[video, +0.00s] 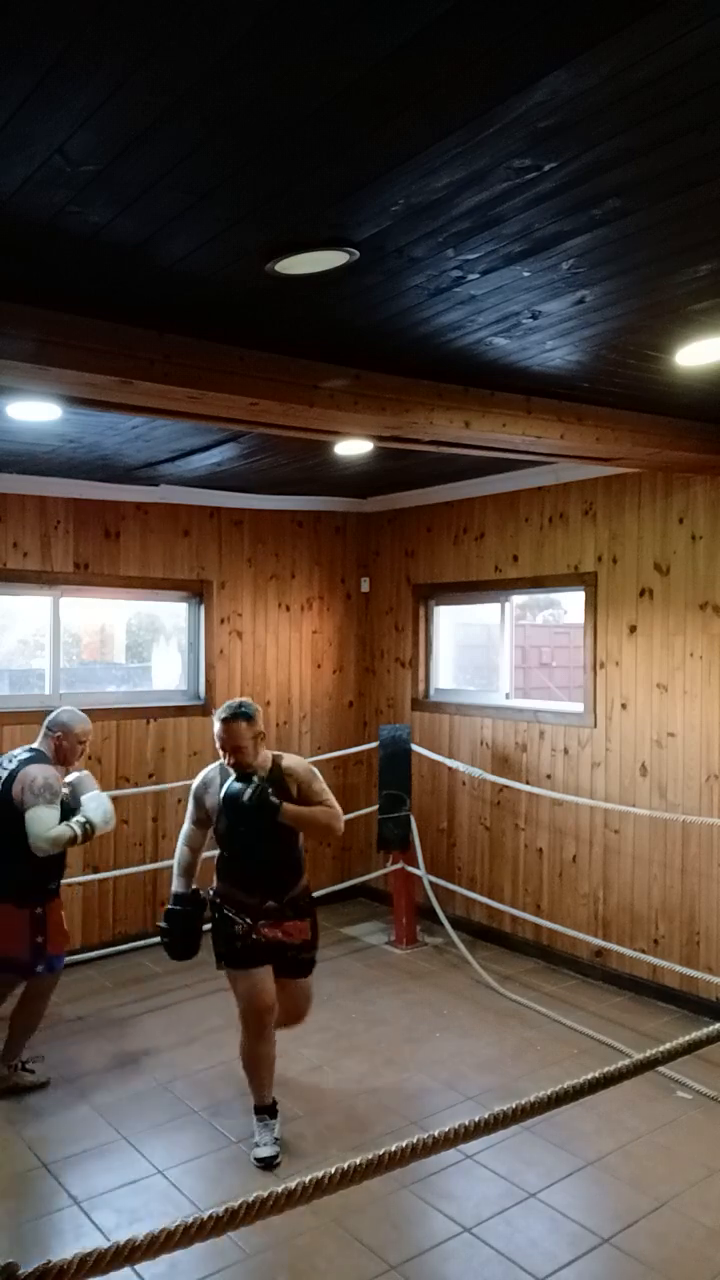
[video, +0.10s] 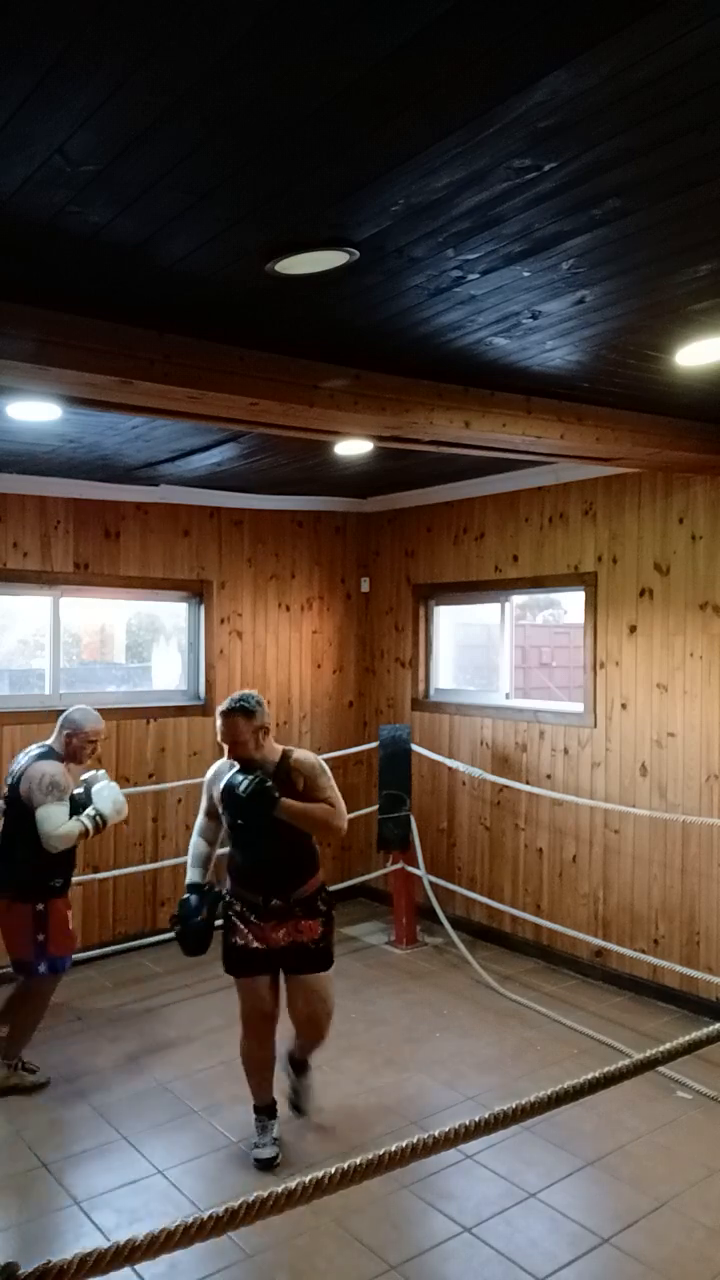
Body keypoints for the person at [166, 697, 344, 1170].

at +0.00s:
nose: (231, 756)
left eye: (238, 747)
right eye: (223, 748)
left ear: (259, 736)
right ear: (216, 743)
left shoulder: (295, 770)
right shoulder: (209, 784)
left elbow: (334, 823)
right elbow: (190, 842)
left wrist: (272, 806)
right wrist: (179, 901)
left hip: (292, 905)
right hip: (237, 910)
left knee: (294, 1010)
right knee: (259, 1012)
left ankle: (253, 1018)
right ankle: (264, 1117)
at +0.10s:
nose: (229, 751)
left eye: (237, 742)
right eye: (224, 742)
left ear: (263, 731)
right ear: (220, 737)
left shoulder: (305, 766)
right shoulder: (219, 777)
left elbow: (336, 823)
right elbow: (204, 834)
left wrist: (272, 802)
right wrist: (194, 889)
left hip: (303, 907)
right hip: (247, 911)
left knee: (315, 1015)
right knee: (258, 1018)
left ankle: (297, 1063)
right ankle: (264, 1118)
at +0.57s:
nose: (262, 763)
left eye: (262, 753)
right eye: (261, 754)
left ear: (280, 752)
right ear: (303, 744)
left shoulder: (329, 806)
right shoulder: (314, 791)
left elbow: (337, 889)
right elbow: (312, 860)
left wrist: (271, 934)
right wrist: (278, 880)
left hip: (359, 949)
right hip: (325, 942)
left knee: (345, 1091)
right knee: (286, 1036)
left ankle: (406, 1211)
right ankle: (317, 1145)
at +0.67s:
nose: (264, 751)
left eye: (264, 741)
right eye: (264, 741)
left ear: (279, 741)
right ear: (310, 731)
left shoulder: (323, 792)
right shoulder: (332, 774)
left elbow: (335, 882)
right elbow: (318, 838)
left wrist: (290, 954)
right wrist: (278, 849)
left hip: (358, 945)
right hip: (343, 936)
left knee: (353, 1082)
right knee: (304, 1035)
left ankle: (407, 1208)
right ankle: (334, 1156)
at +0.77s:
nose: (263, 745)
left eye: (263, 736)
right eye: (264, 736)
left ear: (276, 738)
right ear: (313, 729)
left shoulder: (315, 789)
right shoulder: (340, 772)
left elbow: (328, 875)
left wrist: (299, 953)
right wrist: (278, 808)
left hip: (351, 941)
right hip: (350, 931)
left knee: (358, 1079)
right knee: (323, 1044)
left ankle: (409, 1209)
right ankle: (342, 1167)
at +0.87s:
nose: (259, 753)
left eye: (261, 743)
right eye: (260, 744)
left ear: (276, 741)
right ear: (310, 731)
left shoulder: (312, 789)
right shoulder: (341, 772)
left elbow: (317, 874)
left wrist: (289, 955)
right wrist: (271, 787)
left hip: (346, 942)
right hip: (356, 932)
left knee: (360, 1084)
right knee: (338, 1062)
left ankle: (408, 1209)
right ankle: (343, 1173)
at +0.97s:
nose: (260, 754)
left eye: (259, 746)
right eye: (259, 747)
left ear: (273, 745)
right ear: (305, 734)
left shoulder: (311, 787)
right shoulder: (338, 771)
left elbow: (310, 874)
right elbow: (298, 801)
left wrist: (278, 953)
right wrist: (252, 782)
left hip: (352, 941)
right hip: (363, 930)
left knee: (330, 1087)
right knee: (334, 1068)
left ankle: (400, 1202)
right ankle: (344, 1172)